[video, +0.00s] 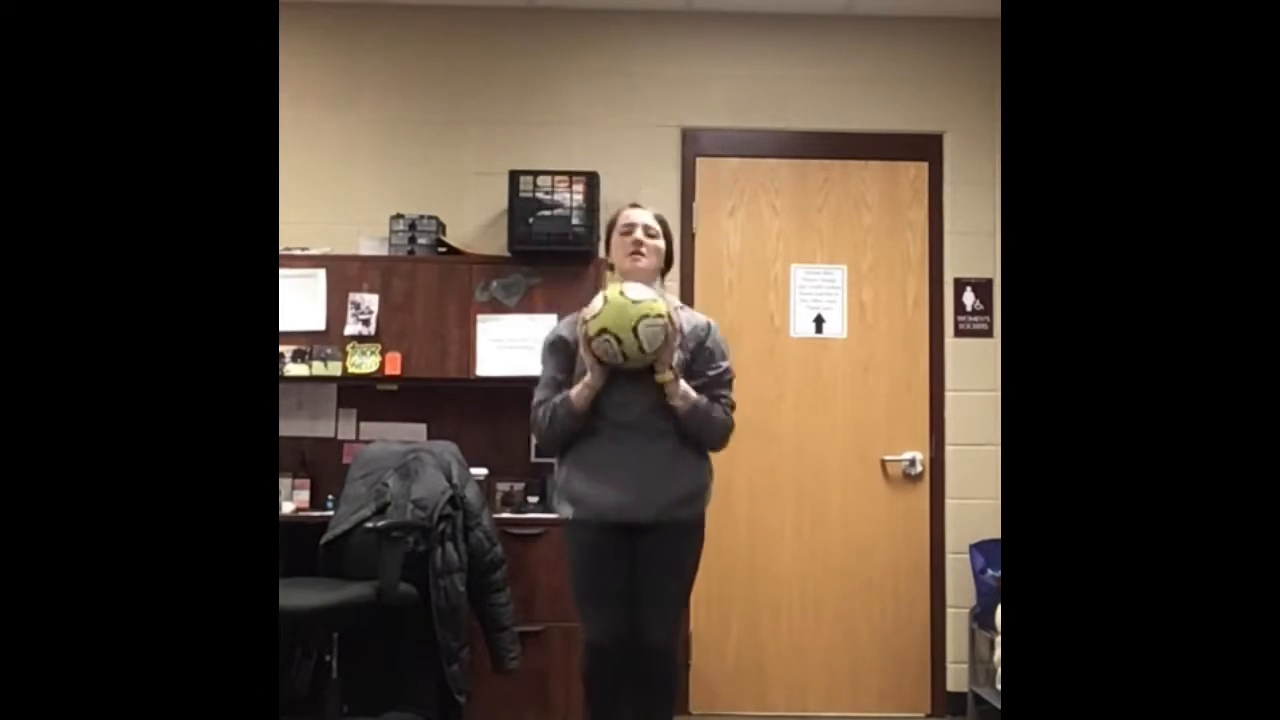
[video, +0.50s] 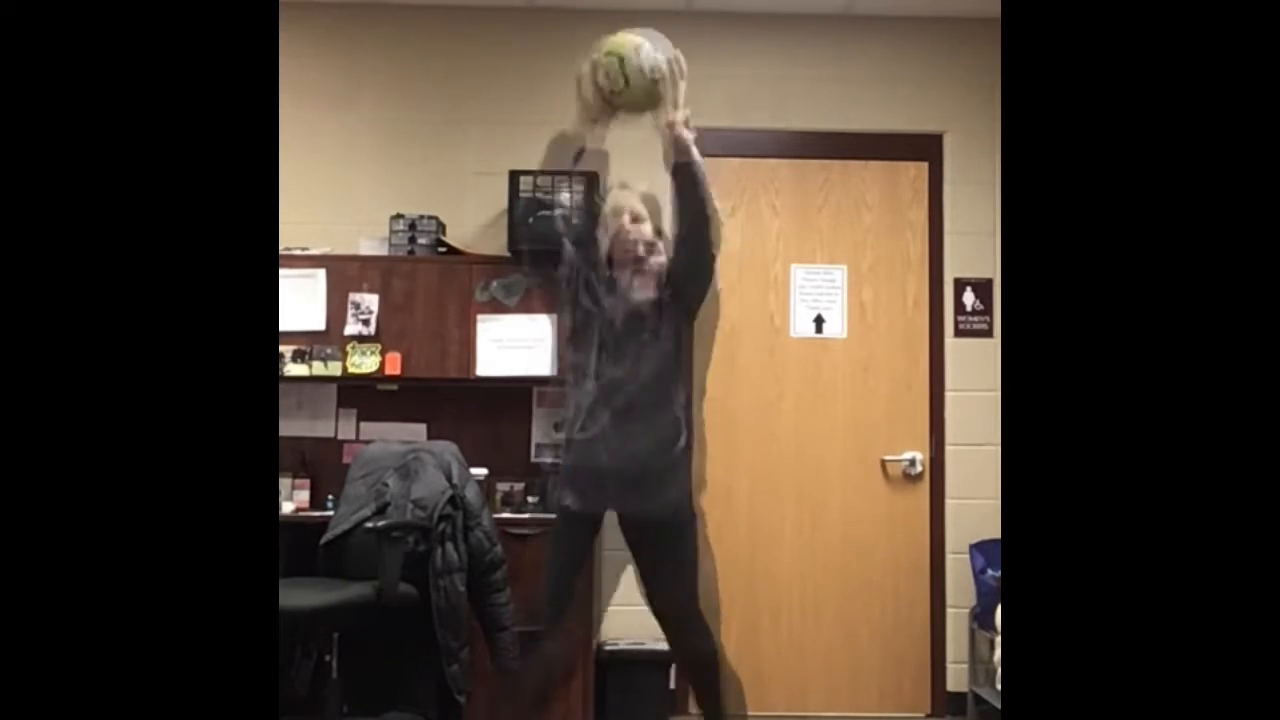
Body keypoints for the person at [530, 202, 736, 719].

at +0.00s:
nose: (640, 238)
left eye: (651, 233)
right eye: (627, 232)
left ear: (666, 254)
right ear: (608, 253)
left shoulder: (698, 331)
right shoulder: (571, 332)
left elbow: (719, 431)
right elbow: (546, 432)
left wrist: (670, 376)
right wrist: (591, 378)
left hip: (673, 515)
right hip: (594, 516)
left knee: (658, 645)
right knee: (605, 645)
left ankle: (656, 718)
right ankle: (606, 718)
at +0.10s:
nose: (641, 216)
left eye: (652, 208)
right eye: (629, 208)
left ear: (668, 224)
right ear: (609, 223)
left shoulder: (695, 301)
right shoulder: (574, 304)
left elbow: (728, 382)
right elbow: (546, 393)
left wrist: (677, 341)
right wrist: (586, 345)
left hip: (673, 493)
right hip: (594, 494)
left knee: (661, 633)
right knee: (595, 631)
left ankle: (660, 715)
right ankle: (600, 714)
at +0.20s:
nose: (642, 191)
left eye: (655, 177)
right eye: (629, 177)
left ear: (674, 180)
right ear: (604, 180)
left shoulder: (685, 253)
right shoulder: (584, 254)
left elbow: (723, 295)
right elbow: (545, 298)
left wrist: (697, 254)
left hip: (673, 446)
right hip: (594, 446)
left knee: (672, 590)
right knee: (583, 588)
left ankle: (675, 706)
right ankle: (577, 708)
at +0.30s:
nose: (643, 196)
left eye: (655, 189)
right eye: (631, 188)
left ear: (672, 205)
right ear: (610, 203)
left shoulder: (693, 267)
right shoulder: (587, 262)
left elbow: (724, 212)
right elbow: (559, 208)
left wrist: (685, 124)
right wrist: (598, 120)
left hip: (671, 444)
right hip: (593, 443)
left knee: (685, 598)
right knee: (568, 598)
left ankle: (703, 708)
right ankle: (538, 709)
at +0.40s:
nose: (638, 231)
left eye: (648, 221)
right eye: (626, 223)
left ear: (665, 233)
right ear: (608, 237)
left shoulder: (682, 293)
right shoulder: (588, 288)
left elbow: (707, 237)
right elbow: (571, 208)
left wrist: (687, 121)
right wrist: (595, 105)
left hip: (660, 472)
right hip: (584, 470)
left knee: (698, 625)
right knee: (558, 622)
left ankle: (736, 714)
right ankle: (519, 709)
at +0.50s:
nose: (636, 231)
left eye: (645, 222)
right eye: (622, 222)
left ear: (659, 239)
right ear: (602, 241)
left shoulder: (678, 298)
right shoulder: (586, 293)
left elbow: (698, 232)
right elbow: (573, 223)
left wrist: (677, 135)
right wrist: (594, 127)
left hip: (655, 477)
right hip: (583, 474)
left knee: (682, 623)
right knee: (559, 621)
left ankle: (725, 712)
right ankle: (523, 709)